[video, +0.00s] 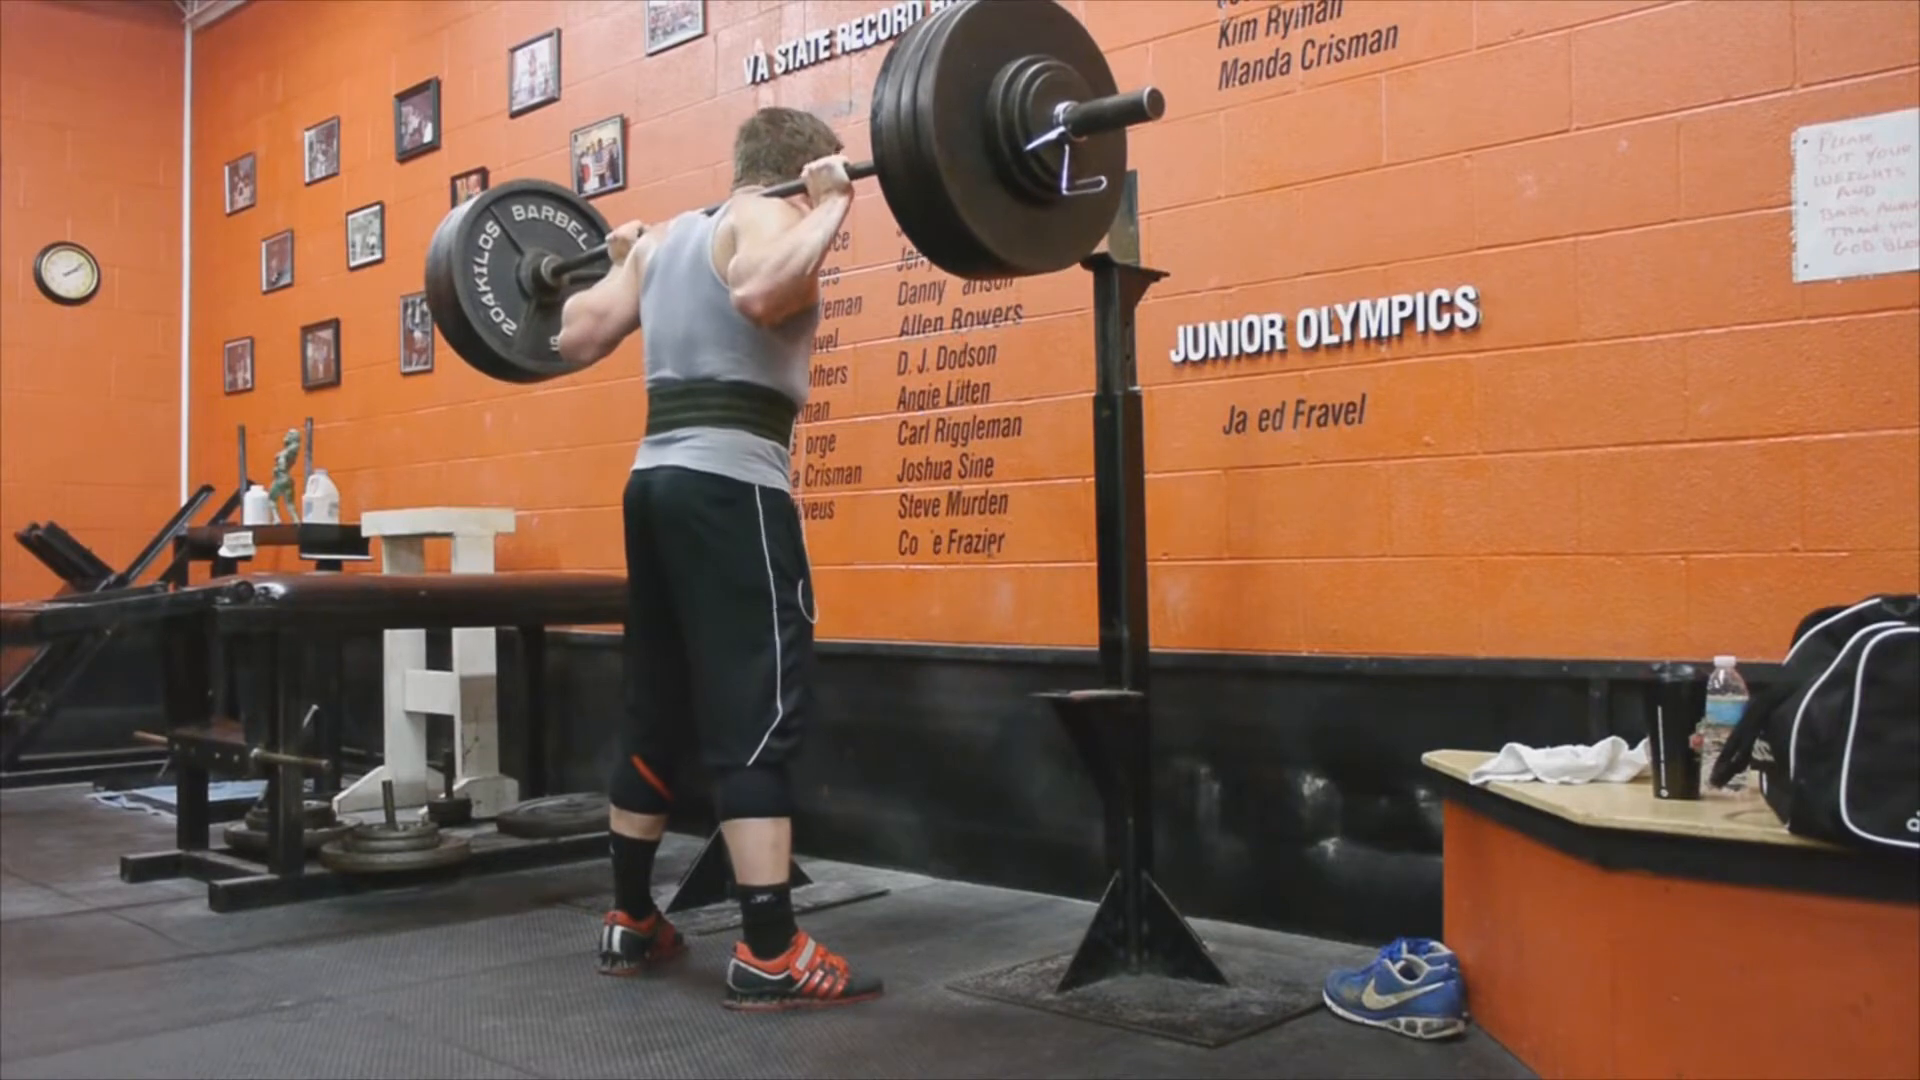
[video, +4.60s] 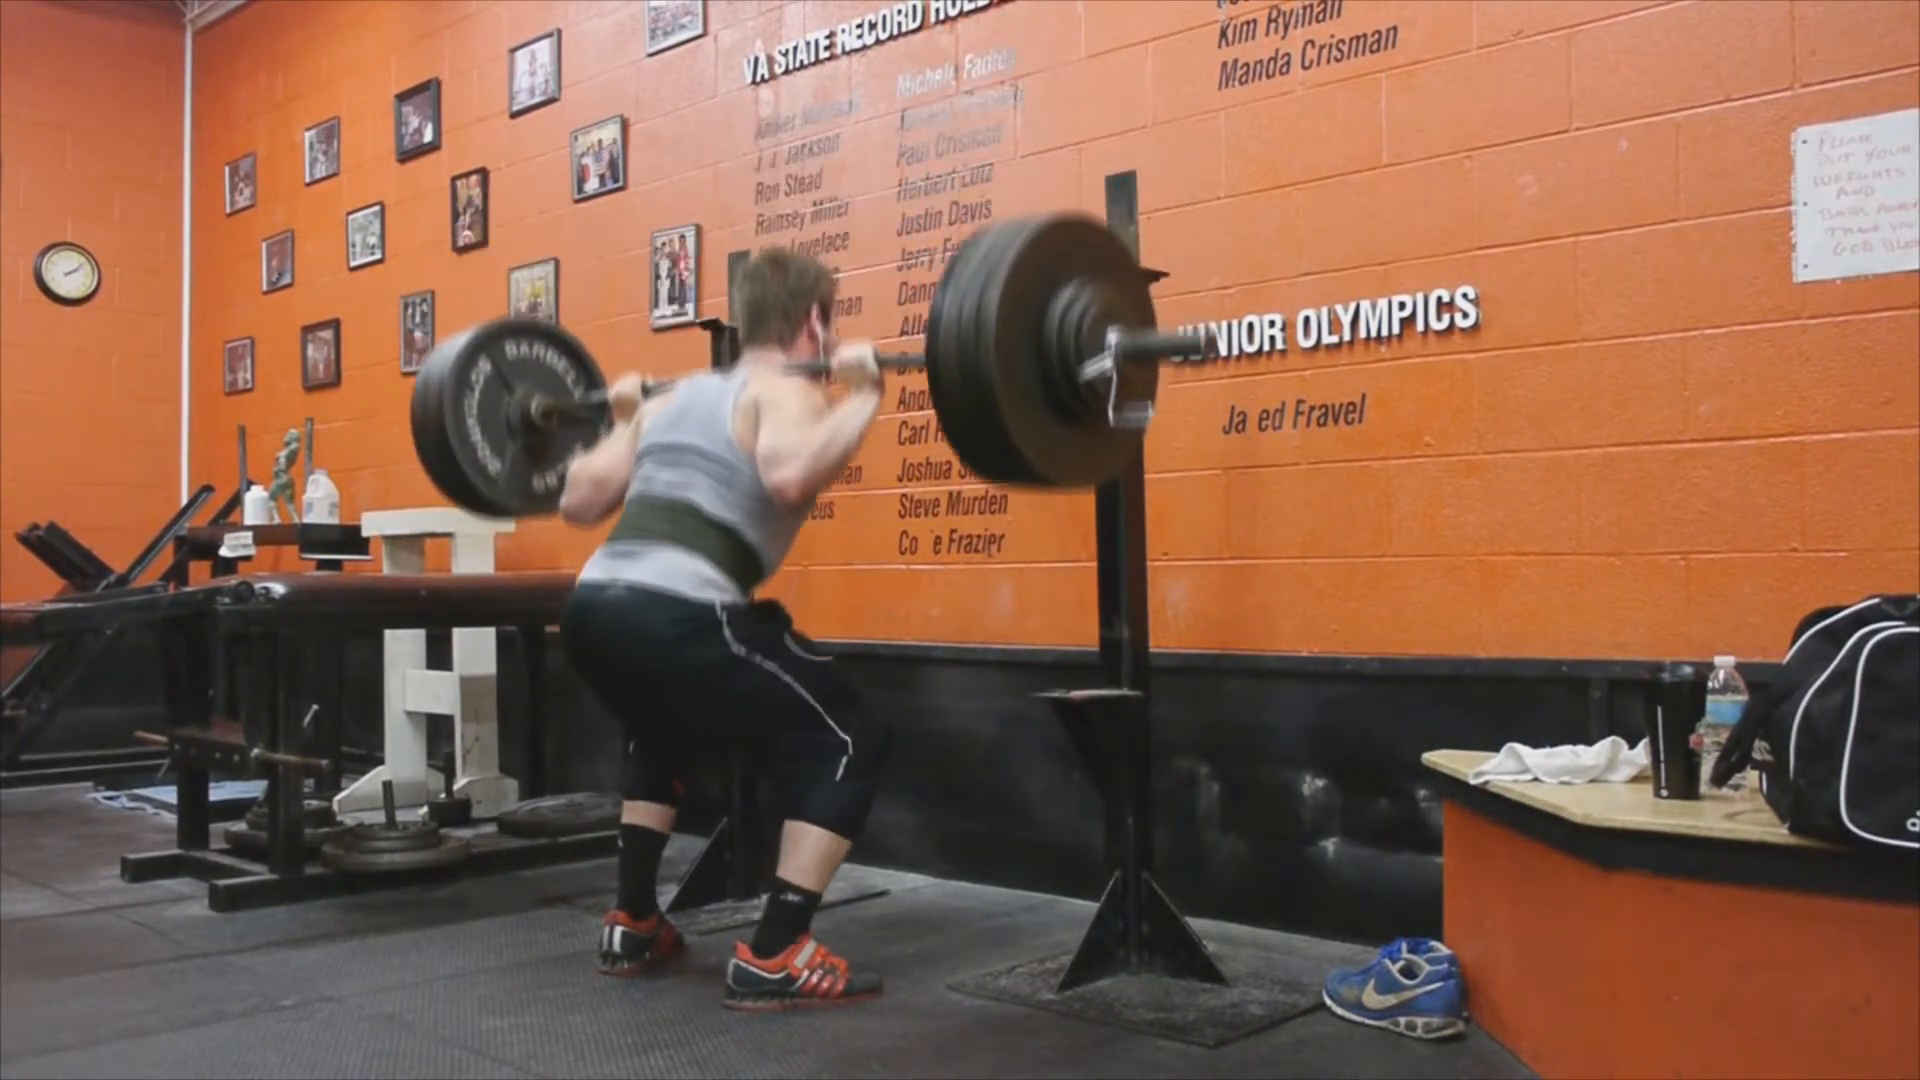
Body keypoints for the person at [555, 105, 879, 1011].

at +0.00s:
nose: (832, 201)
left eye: (835, 183)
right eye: (828, 182)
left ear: (739, 167)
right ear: (804, 173)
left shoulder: (666, 240)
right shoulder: (770, 212)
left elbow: (572, 335)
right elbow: (759, 295)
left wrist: (617, 262)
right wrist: (833, 205)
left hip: (656, 487)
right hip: (731, 489)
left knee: (661, 710)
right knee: (758, 713)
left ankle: (631, 920)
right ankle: (769, 946)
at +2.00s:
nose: (830, 255)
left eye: (831, 242)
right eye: (828, 242)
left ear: (741, 241)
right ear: (806, 240)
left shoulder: (671, 314)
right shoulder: (777, 301)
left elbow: (572, 412)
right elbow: (762, 373)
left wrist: (618, 336)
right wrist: (845, 300)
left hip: (607, 538)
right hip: (691, 543)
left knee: (659, 716)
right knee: (815, 725)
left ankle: (632, 921)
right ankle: (775, 948)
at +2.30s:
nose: (834, 340)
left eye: (832, 325)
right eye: (831, 326)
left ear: (744, 332)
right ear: (809, 331)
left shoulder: (680, 405)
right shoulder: (787, 395)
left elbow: (583, 513)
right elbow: (777, 485)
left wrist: (634, 427)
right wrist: (856, 402)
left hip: (596, 621)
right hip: (686, 628)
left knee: (661, 733)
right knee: (850, 753)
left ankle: (633, 919)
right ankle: (776, 950)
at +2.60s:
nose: (835, 435)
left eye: (835, 422)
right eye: (833, 421)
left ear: (743, 428)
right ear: (813, 426)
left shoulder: (678, 500)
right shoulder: (789, 498)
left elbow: (592, 607)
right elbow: (787, 593)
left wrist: (636, 519)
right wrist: (864, 505)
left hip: (598, 722)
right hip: (693, 730)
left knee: (685, 750)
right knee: (870, 779)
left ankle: (633, 918)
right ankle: (777, 951)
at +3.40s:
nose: (832, 363)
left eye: (833, 353)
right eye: (830, 351)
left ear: (742, 351)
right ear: (810, 350)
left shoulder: (668, 416)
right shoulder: (786, 407)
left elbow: (560, 503)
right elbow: (765, 479)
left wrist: (621, 435)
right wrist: (853, 413)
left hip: (571, 600)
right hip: (666, 608)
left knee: (651, 738)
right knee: (822, 740)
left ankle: (632, 919)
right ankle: (775, 950)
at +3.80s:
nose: (825, 229)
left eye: (822, 215)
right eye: (824, 216)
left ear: (740, 217)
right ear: (806, 214)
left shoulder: (670, 293)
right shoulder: (785, 279)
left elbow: (573, 389)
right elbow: (773, 348)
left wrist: (615, 312)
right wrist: (853, 275)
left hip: (612, 509)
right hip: (697, 517)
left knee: (665, 703)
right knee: (795, 708)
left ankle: (633, 919)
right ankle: (774, 946)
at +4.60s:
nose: (833, 333)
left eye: (832, 320)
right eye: (831, 319)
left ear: (741, 324)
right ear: (811, 324)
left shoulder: (677, 396)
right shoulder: (790, 388)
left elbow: (580, 500)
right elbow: (790, 476)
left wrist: (624, 418)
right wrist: (864, 396)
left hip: (595, 610)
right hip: (689, 618)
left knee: (660, 731)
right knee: (847, 740)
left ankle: (632, 918)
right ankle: (776, 948)